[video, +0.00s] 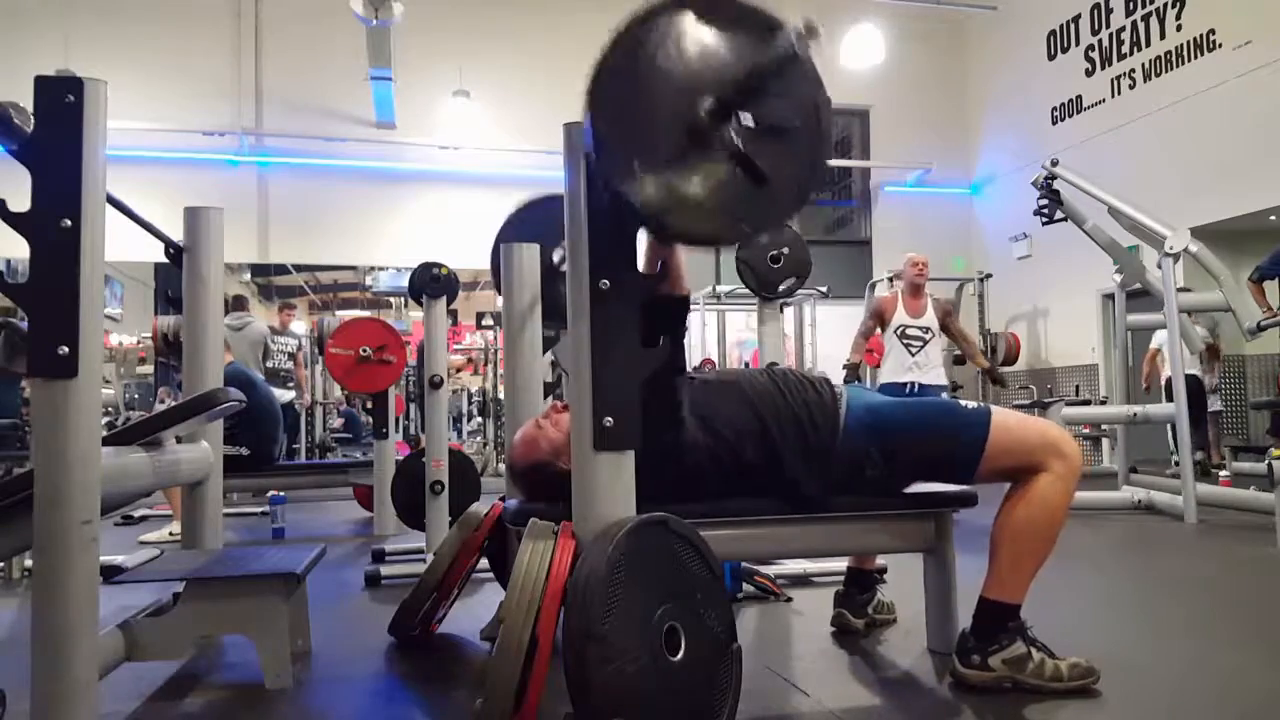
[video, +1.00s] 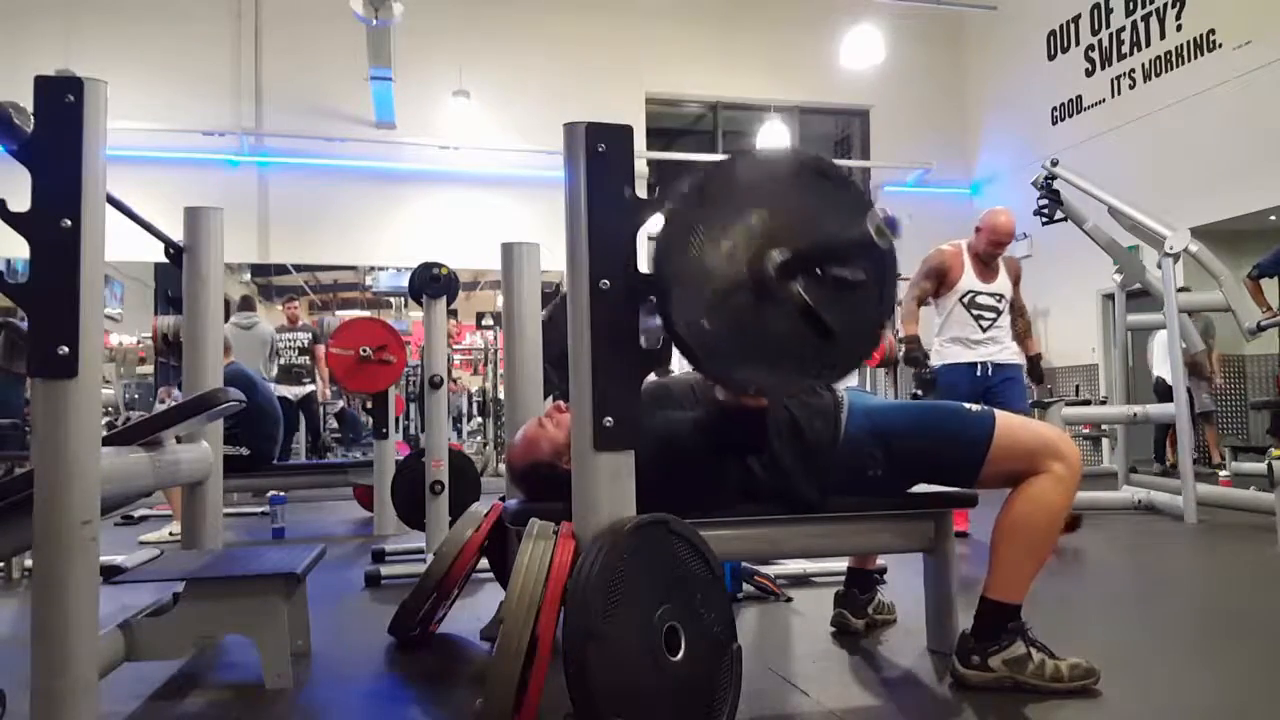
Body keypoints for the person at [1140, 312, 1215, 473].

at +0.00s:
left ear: (1166, 315)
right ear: (1189, 316)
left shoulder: (1161, 333)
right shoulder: (1198, 330)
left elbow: (1150, 357)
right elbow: (1212, 350)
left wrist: (1145, 381)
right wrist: (1211, 368)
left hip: (1171, 378)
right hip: (1194, 377)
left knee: (1174, 420)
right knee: (1199, 419)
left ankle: (1177, 460)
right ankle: (1200, 455)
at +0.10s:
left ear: (1165, 316)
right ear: (1187, 316)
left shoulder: (1159, 333)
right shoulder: (1197, 330)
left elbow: (1146, 360)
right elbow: (1212, 348)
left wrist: (1144, 379)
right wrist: (1211, 369)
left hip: (1170, 377)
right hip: (1194, 376)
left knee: (1173, 420)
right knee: (1197, 419)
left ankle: (1177, 460)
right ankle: (1198, 457)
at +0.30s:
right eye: (1191, 315)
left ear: (1166, 317)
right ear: (1189, 316)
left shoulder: (1160, 334)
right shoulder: (1197, 331)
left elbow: (1146, 362)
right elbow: (1216, 352)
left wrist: (1146, 377)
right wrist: (1221, 374)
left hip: (1170, 379)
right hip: (1194, 378)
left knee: (1171, 420)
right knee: (1194, 422)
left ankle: (1175, 460)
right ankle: (1195, 462)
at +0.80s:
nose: (1192, 320)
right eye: (1191, 317)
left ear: (1168, 319)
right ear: (1185, 320)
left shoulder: (1162, 334)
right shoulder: (1183, 334)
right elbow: (1197, 351)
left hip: (1160, 377)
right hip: (1179, 380)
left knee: (1161, 420)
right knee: (1188, 421)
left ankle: (1159, 461)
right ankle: (1190, 460)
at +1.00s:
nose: (1192, 318)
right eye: (1191, 316)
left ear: (1166, 318)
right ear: (1187, 318)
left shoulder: (1156, 334)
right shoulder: (1182, 335)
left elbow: (1149, 360)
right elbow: (1190, 360)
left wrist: (1157, 374)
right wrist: (1207, 373)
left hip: (1159, 382)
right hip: (1178, 383)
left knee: (1162, 423)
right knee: (1188, 420)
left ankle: (1159, 462)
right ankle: (1189, 460)